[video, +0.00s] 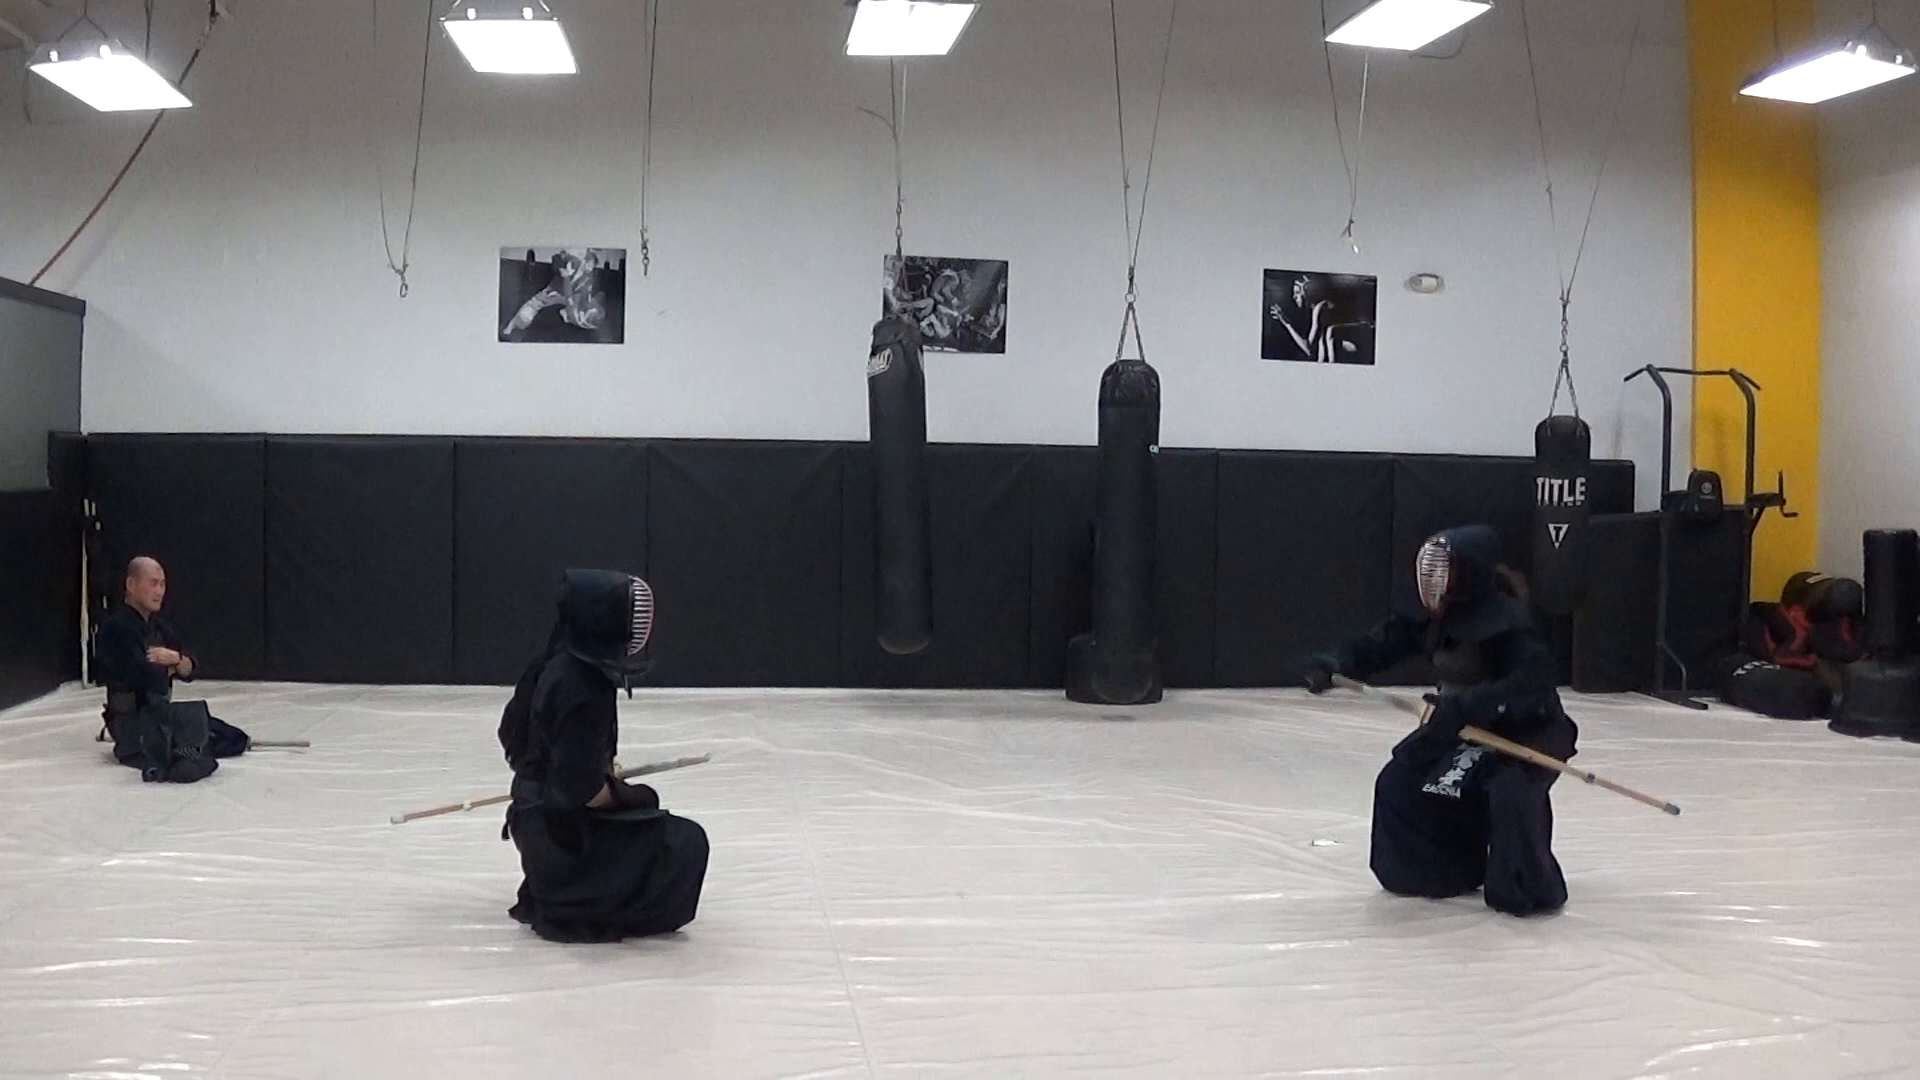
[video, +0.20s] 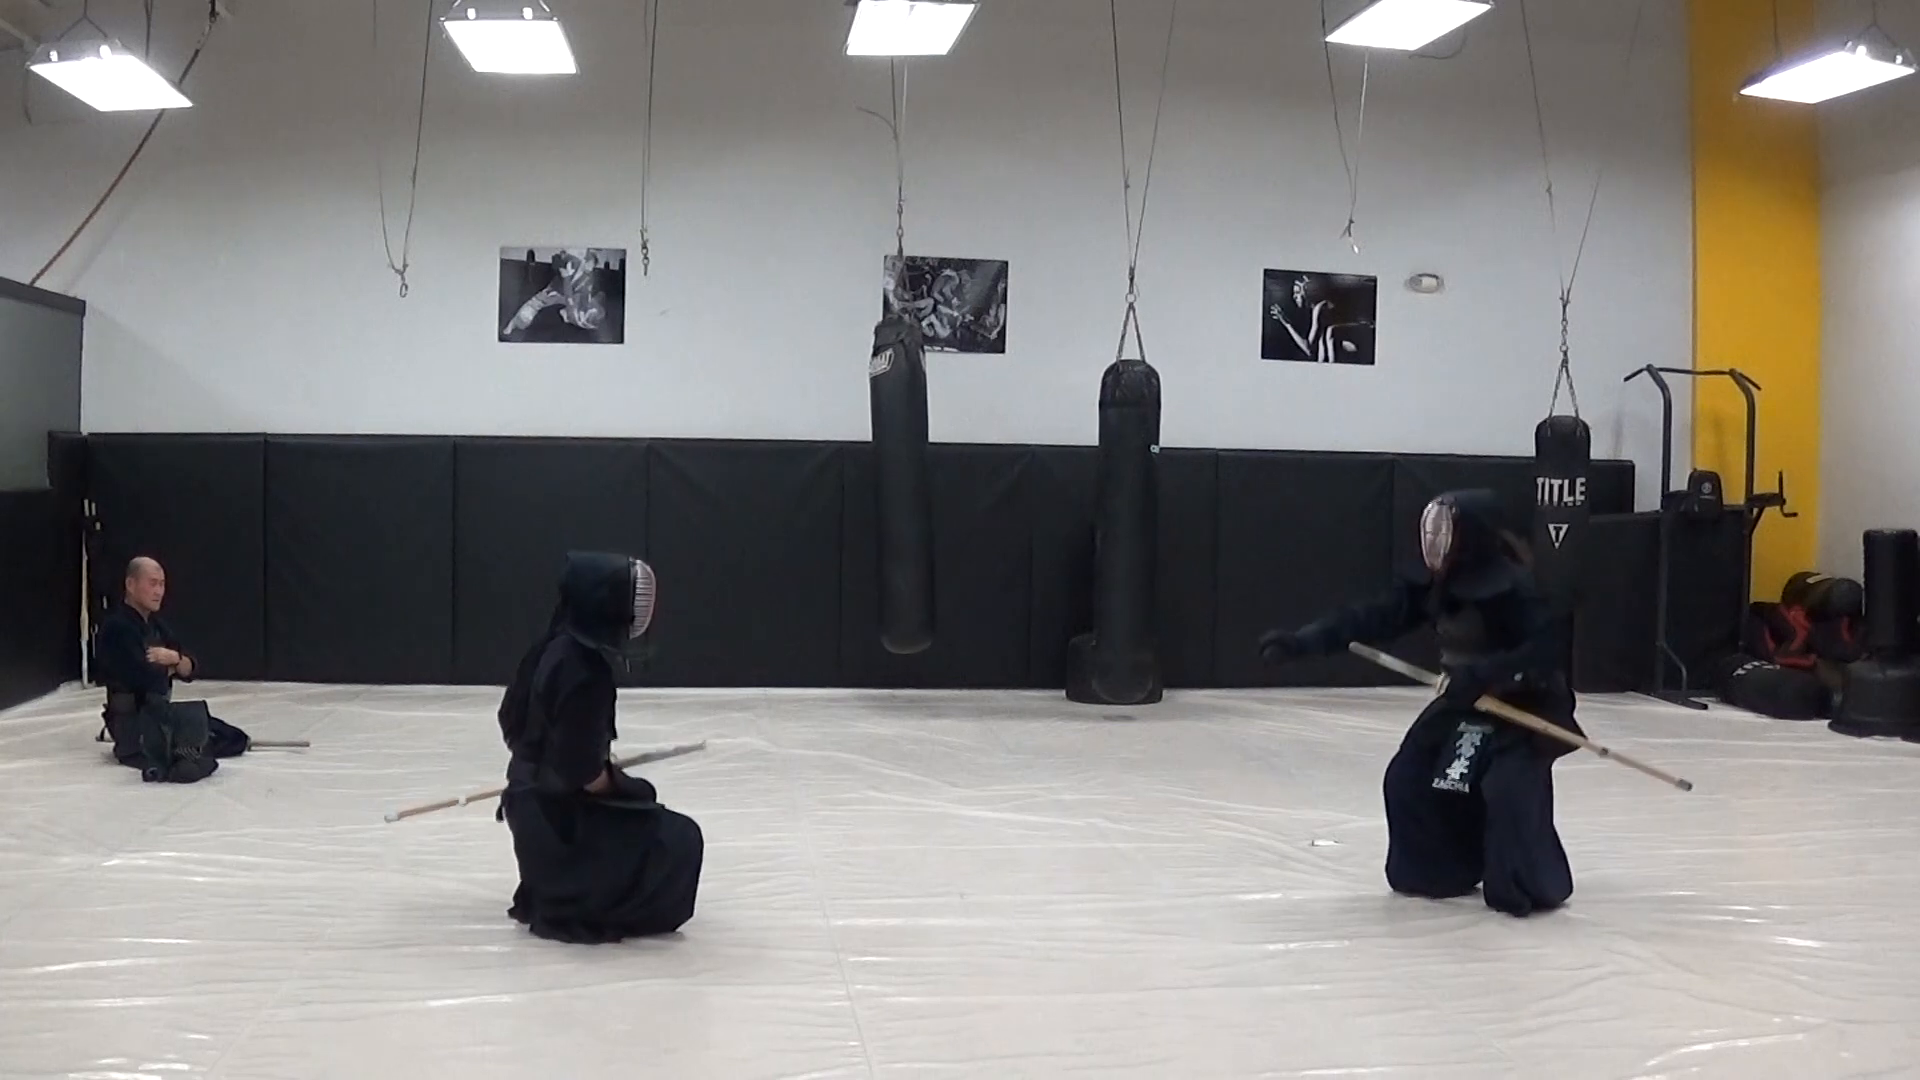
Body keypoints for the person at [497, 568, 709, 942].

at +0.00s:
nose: (639, 645)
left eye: (640, 634)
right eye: (634, 635)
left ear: (585, 623)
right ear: (610, 632)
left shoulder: (551, 665)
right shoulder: (585, 684)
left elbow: (512, 734)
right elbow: (579, 786)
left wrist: (549, 777)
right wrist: (629, 796)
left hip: (533, 824)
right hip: (561, 837)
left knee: (651, 814)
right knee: (687, 841)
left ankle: (550, 892)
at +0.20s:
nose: (639, 621)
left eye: (641, 610)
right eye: (636, 611)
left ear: (584, 602)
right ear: (611, 609)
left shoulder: (550, 648)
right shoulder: (589, 672)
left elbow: (512, 720)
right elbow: (583, 770)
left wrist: (540, 761)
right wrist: (627, 788)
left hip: (529, 812)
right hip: (560, 825)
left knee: (647, 810)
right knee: (681, 837)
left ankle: (548, 893)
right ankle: (583, 907)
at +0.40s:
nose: (639, 567)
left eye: (640, 555)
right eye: (635, 556)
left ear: (586, 546)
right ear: (610, 554)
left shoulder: (551, 589)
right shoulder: (586, 612)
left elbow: (517, 675)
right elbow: (585, 719)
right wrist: (623, 751)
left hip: (525, 750)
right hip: (555, 762)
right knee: (669, 818)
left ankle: (548, 895)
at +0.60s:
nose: (626, 488)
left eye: (625, 477)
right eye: (619, 478)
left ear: (566, 477)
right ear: (597, 484)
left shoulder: (545, 528)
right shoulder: (574, 546)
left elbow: (523, 625)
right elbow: (583, 656)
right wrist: (625, 708)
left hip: (526, 691)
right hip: (557, 700)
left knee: (551, 799)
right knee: (638, 795)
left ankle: (543, 899)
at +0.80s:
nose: (616, 444)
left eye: (615, 433)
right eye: (608, 435)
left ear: (560, 432)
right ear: (581, 438)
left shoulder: (538, 478)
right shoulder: (561, 495)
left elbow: (535, 579)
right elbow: (577, 601)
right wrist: (616, 662)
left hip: (531, 645)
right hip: (556, 652)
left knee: (541, 774)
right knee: (572, 777)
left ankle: (541, 899)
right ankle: (573, 906)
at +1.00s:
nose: (599, 434)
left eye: (599, 423)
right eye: (592, 423)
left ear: (539, 420)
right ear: (567, 425)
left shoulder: (516, 469)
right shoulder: (556, 485)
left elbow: (486, 557)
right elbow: (570, 594)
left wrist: (535, 593)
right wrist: (612, 662)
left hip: (517, 642)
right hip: (552, 647)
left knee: (525, 774)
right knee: (566, 778)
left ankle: (522, 903)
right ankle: (572, 911)